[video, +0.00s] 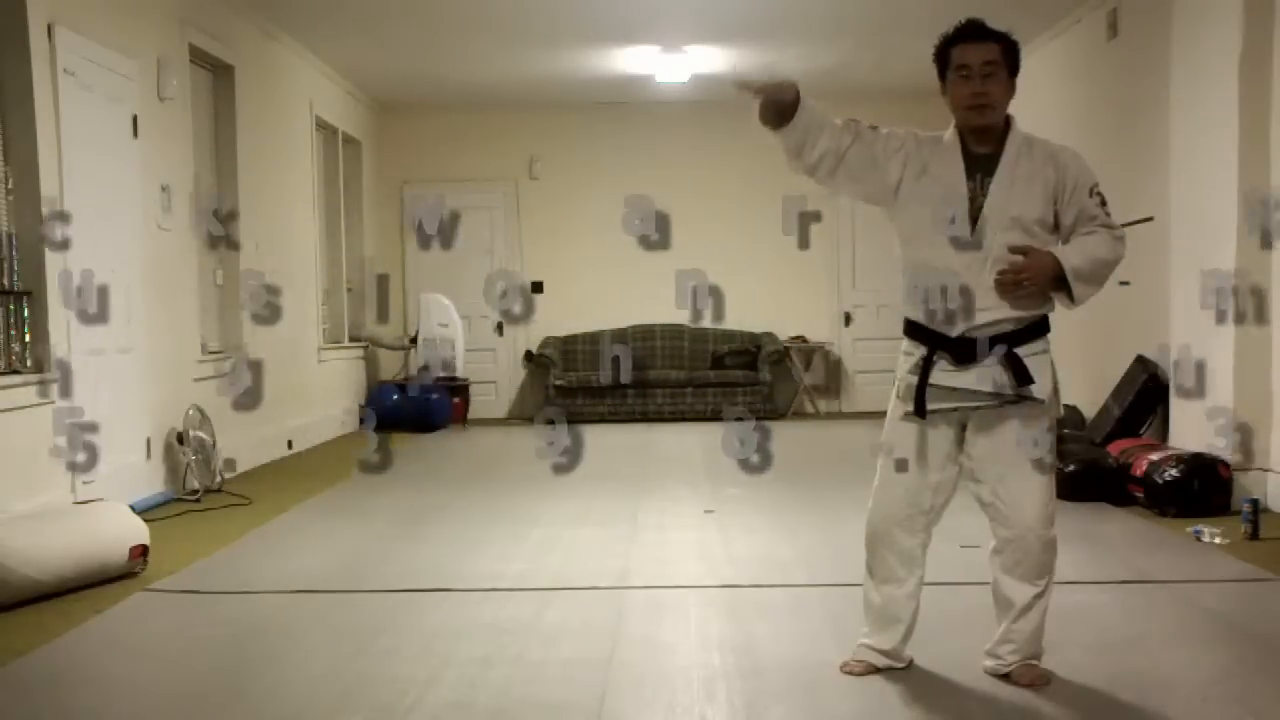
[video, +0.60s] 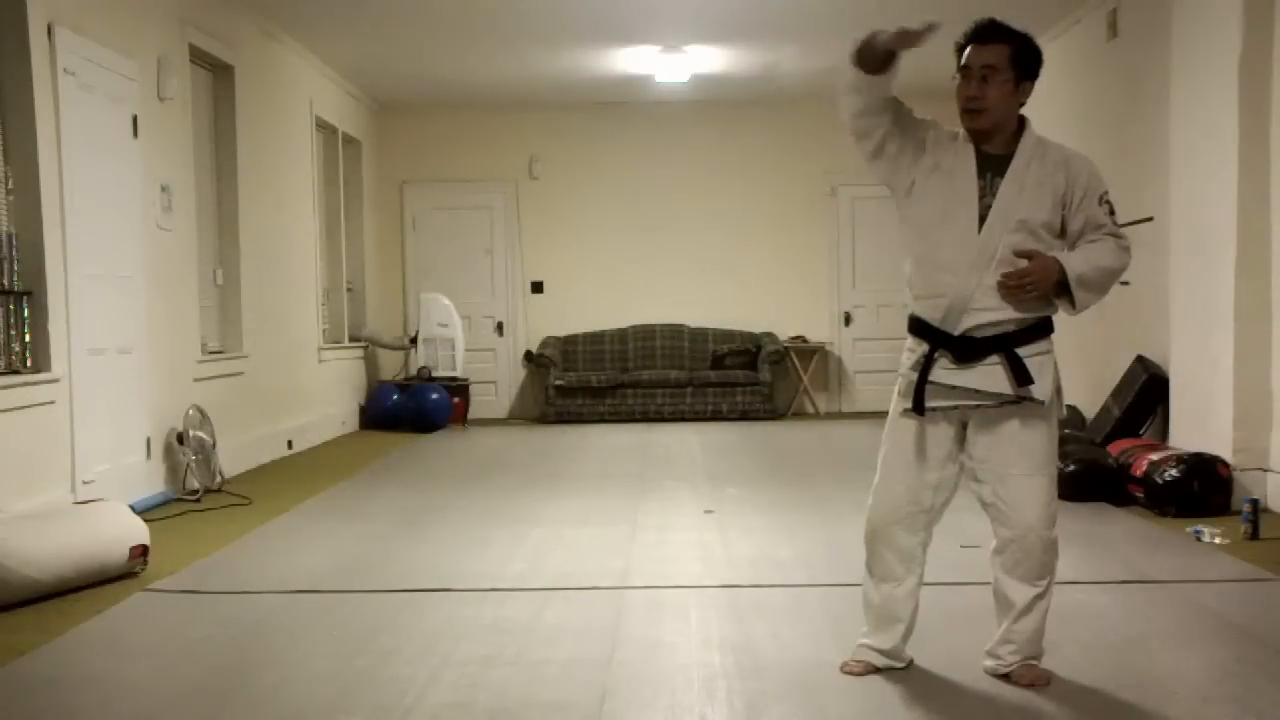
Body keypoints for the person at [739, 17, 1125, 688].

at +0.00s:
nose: (976, 84)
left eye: (990, 72)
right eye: (962, 73)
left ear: (1012, 83)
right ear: (942, 87)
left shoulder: (1058, 168)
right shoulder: (912, 157)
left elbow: (1104, 241)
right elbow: (837, 148)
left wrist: (1061, 264)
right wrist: (786, 107)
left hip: (1019, 370)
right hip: (929, 369)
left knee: (1029, 526)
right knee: (895, 516)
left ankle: (1015, 653)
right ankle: (882, 642)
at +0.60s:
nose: (970, 87)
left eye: (989, 75)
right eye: (964, 74)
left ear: (1023, 89)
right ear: (955, 84)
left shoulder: (1066, 171)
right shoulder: (922, 154)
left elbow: (1111, 249)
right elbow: (871, 116)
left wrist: (1063, 270)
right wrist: (875, 57)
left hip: (1019, 368)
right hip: (929, 365)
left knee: (1030, 525)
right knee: (894, 515)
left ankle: (1015, 653)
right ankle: (881, 641)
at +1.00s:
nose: (991, 83)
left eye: (1007, 70)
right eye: (978, 71)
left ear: (1029, 84)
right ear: (960, 85)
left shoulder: (1070, 171)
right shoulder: (935, 158)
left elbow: (1113, 249)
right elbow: (900, 98)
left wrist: (1074, 270)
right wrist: (951, 38)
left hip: (1026, 369)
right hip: (936, 366)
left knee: (1036, 526)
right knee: (899, 514)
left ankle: (1016, 653)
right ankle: (882, 641)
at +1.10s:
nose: (992, 84)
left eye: (1007, 70)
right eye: (978, 72)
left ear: (1028, 83)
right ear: (959, 85)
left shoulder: (1069, 170)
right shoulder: (934, 157)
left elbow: (1112, 248)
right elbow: (899, 100)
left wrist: (1075, 269)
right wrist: (949, 40)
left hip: (1028, 368)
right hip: (937, 366)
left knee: (1037, 526)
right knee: (901, 515)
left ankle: (1016, 653)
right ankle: (883, 641)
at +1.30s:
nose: (989, 85)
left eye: (1001, 72)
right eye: (972, 74)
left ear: (1019, 82)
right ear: (950, 88)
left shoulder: (1063, 168)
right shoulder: (926, 159)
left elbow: (1110, 242)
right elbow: (888, 106)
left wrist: (1072, 266)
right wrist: (933, 48)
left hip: (1027, 368)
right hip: (937, 366)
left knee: (1037, 526)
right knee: (901, 516)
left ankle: (1016, 653)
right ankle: (884, 641)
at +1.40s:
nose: (985, 83)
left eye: (996, 70)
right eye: (967, 75)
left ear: (1014, 82)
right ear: (945, 92)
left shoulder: (1061, 167)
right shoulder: (923, 160)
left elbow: (1108, 242)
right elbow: (879, 112)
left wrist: (1068, 266)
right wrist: (917, 52)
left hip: (1025, 368)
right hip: (936, 367)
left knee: (1037, 526)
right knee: (900, 517)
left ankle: (1016, 653)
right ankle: (884, 641)